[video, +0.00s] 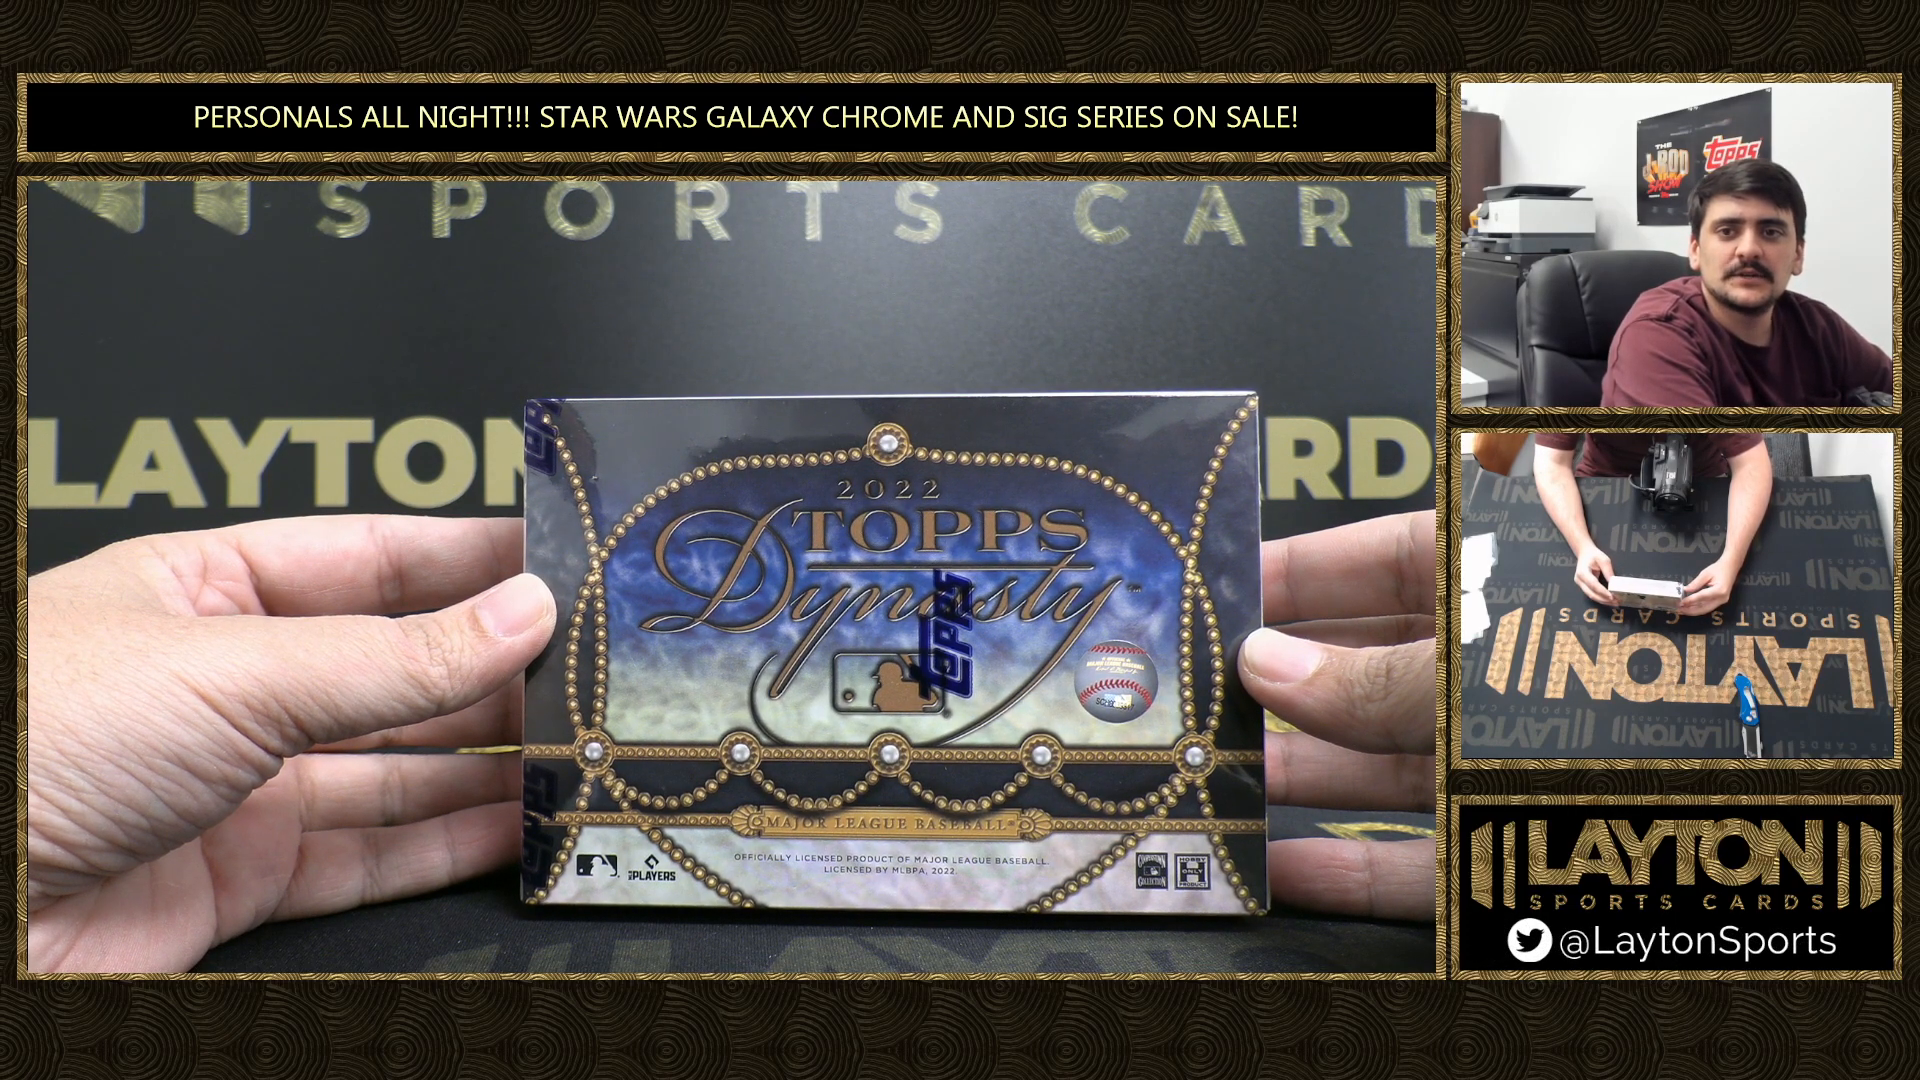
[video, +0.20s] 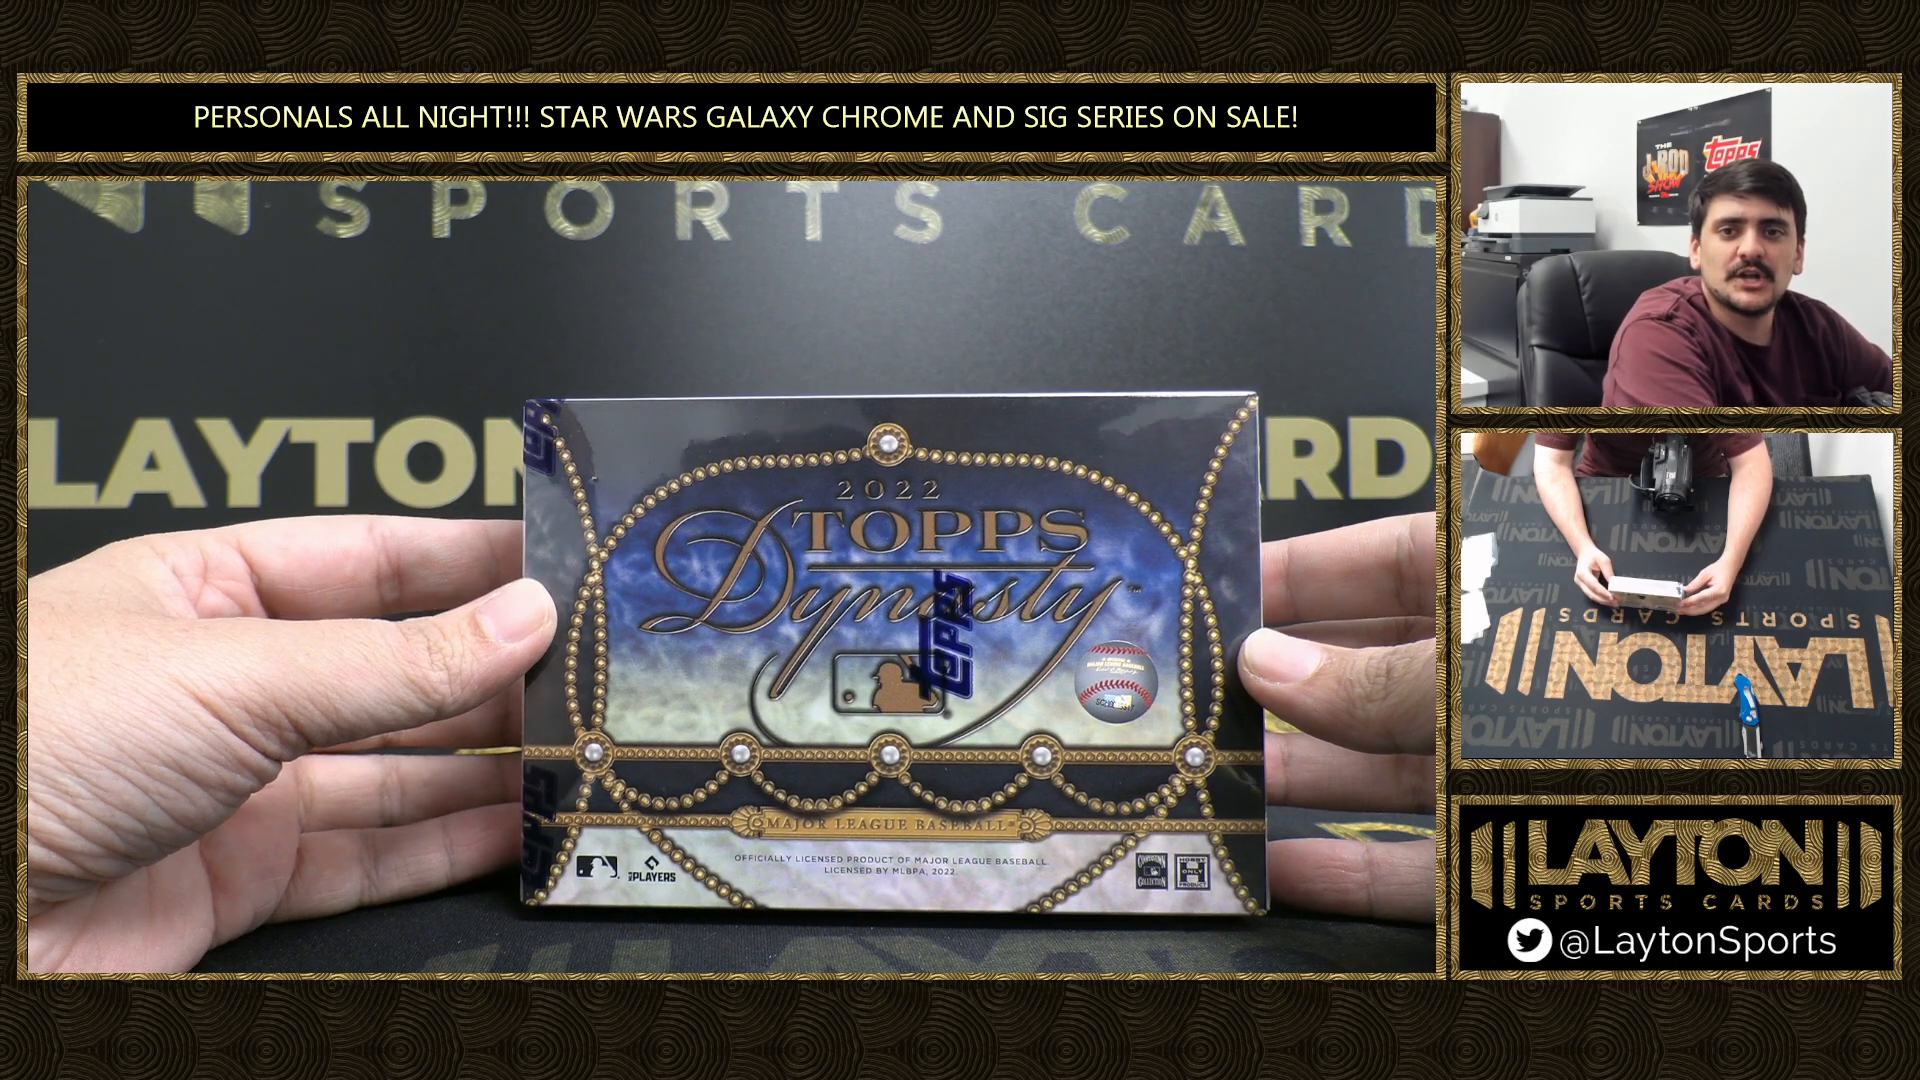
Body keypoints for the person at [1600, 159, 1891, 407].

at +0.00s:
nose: (1748, 249)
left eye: (1770, 232)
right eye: (1728, 231)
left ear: (1798, 255)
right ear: (1695, 251)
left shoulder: (1817, 328)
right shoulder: (1657, 333)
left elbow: (1896, 387)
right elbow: (1747, 461)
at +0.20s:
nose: (1750, 249)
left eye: (1772, 232)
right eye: (1729, 231)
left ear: (1799, 254)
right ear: (1695, 250)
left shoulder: (1818, 328)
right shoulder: (1657, 332)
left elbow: (1896, 388)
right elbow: (1746, 460)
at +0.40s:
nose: (1752, 249)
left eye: (1773, 232)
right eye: (1730, 231)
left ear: (1799, 254)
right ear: (1696, 250)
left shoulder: (1818, 328)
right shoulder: (1658, 332)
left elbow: (1896, 387)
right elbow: (1747, 460)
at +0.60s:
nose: (1756, 250)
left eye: (1776, 232)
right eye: (1733, 232)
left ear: (1800, 254)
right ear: (1697, 250)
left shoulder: (1818, 328)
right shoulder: (1658, 332)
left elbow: (1896, 387)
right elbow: (1747, 460)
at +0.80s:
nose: (1764, 251)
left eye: (1783, 233)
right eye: (1741, 231)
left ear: (1803, 254)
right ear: (1701, 249)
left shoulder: (1819, 328)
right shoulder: (1660, 332)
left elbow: (1898, 390)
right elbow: (1748, 460)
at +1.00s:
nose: (1777, 253)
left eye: (1794, 235)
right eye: (1753, 234)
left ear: (1808, 248)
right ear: (1706, 248)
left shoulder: (1820, 328)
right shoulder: (1665, 334)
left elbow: (1897, 388)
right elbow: (1748, 459)